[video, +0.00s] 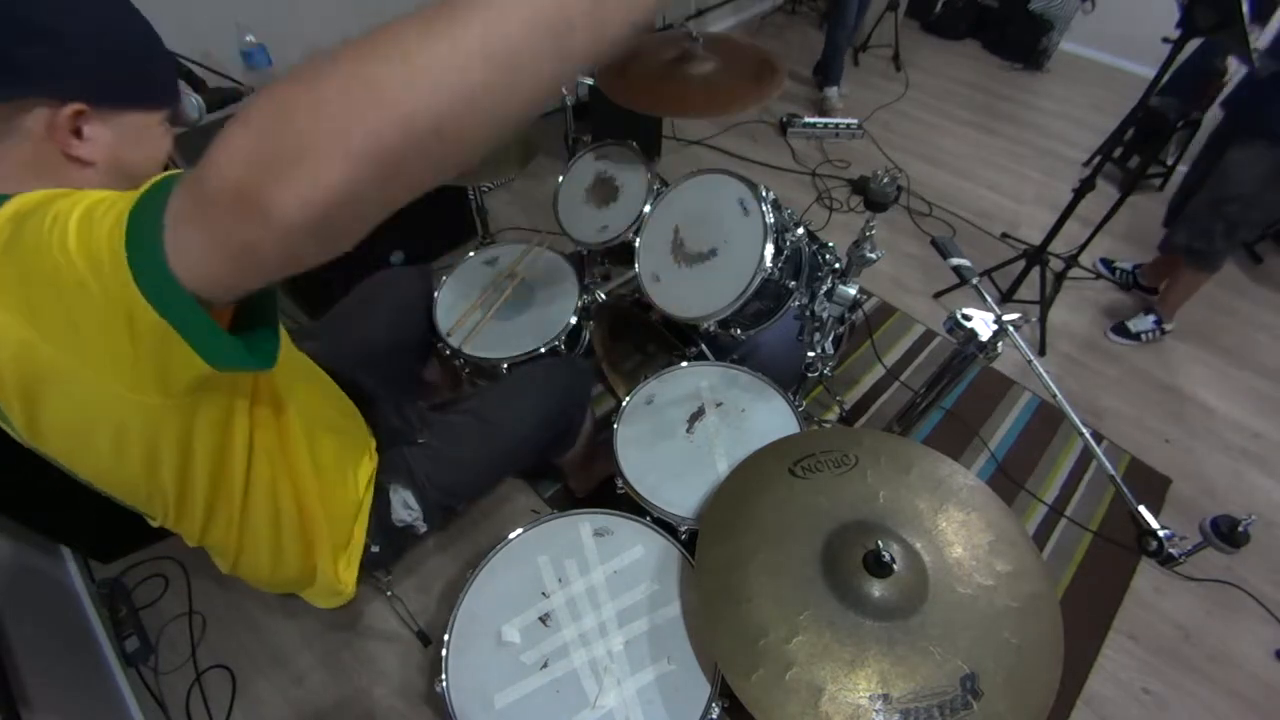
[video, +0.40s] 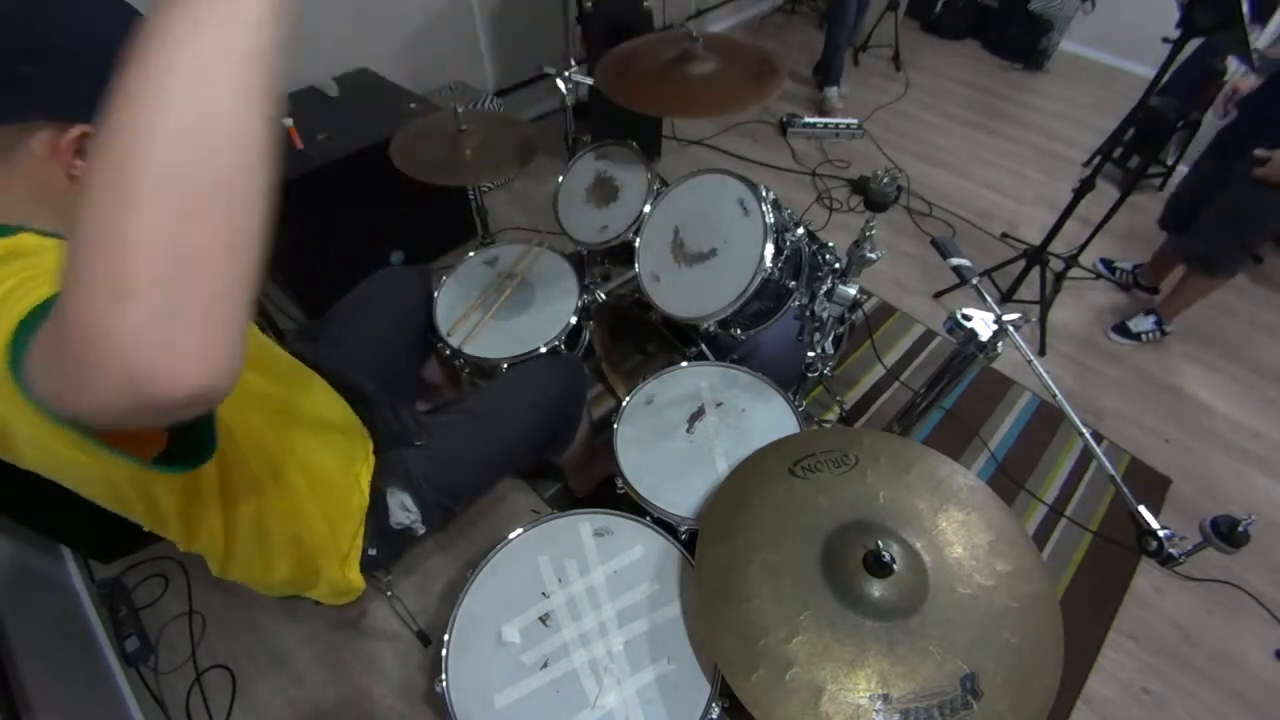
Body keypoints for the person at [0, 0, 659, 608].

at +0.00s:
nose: (172, 154)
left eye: (172, 128)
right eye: (163, 127)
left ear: (66, 132)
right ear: (76, 134)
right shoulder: (62, 250)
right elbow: (270, 199)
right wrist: (614, 17)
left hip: (268, 410)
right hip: (343, 509)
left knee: (408, 283)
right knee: (564, 371)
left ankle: (427, 389)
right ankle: (581, 468)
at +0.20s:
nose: (177, 167)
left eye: (178, 138)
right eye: (166, 139)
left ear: (68, 145)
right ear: (75, 147)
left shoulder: (41, 241)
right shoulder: (38, 273)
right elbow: (221, 278)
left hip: (271, 389)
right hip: (340, 508)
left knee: (423, 285)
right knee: (558, 369)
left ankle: (410, 402)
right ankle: (569, 471)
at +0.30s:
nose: (175, 179)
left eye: (176, 151)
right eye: (165, 151)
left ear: (73, 150)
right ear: (82, 151)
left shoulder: (42, 239)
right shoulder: (27, 283)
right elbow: (194, 326)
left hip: (286, 392)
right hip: (345, 508)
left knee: (406, 283)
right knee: (558, 365)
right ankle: (566, 475)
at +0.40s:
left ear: (72, 154)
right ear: (80, 157)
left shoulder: (38, 240)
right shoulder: (23, 304)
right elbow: (162, 364)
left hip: (297, 393)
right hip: (351, 505)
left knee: (407, 280)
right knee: (558, 368)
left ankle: (420, 398)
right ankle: (570, 468)